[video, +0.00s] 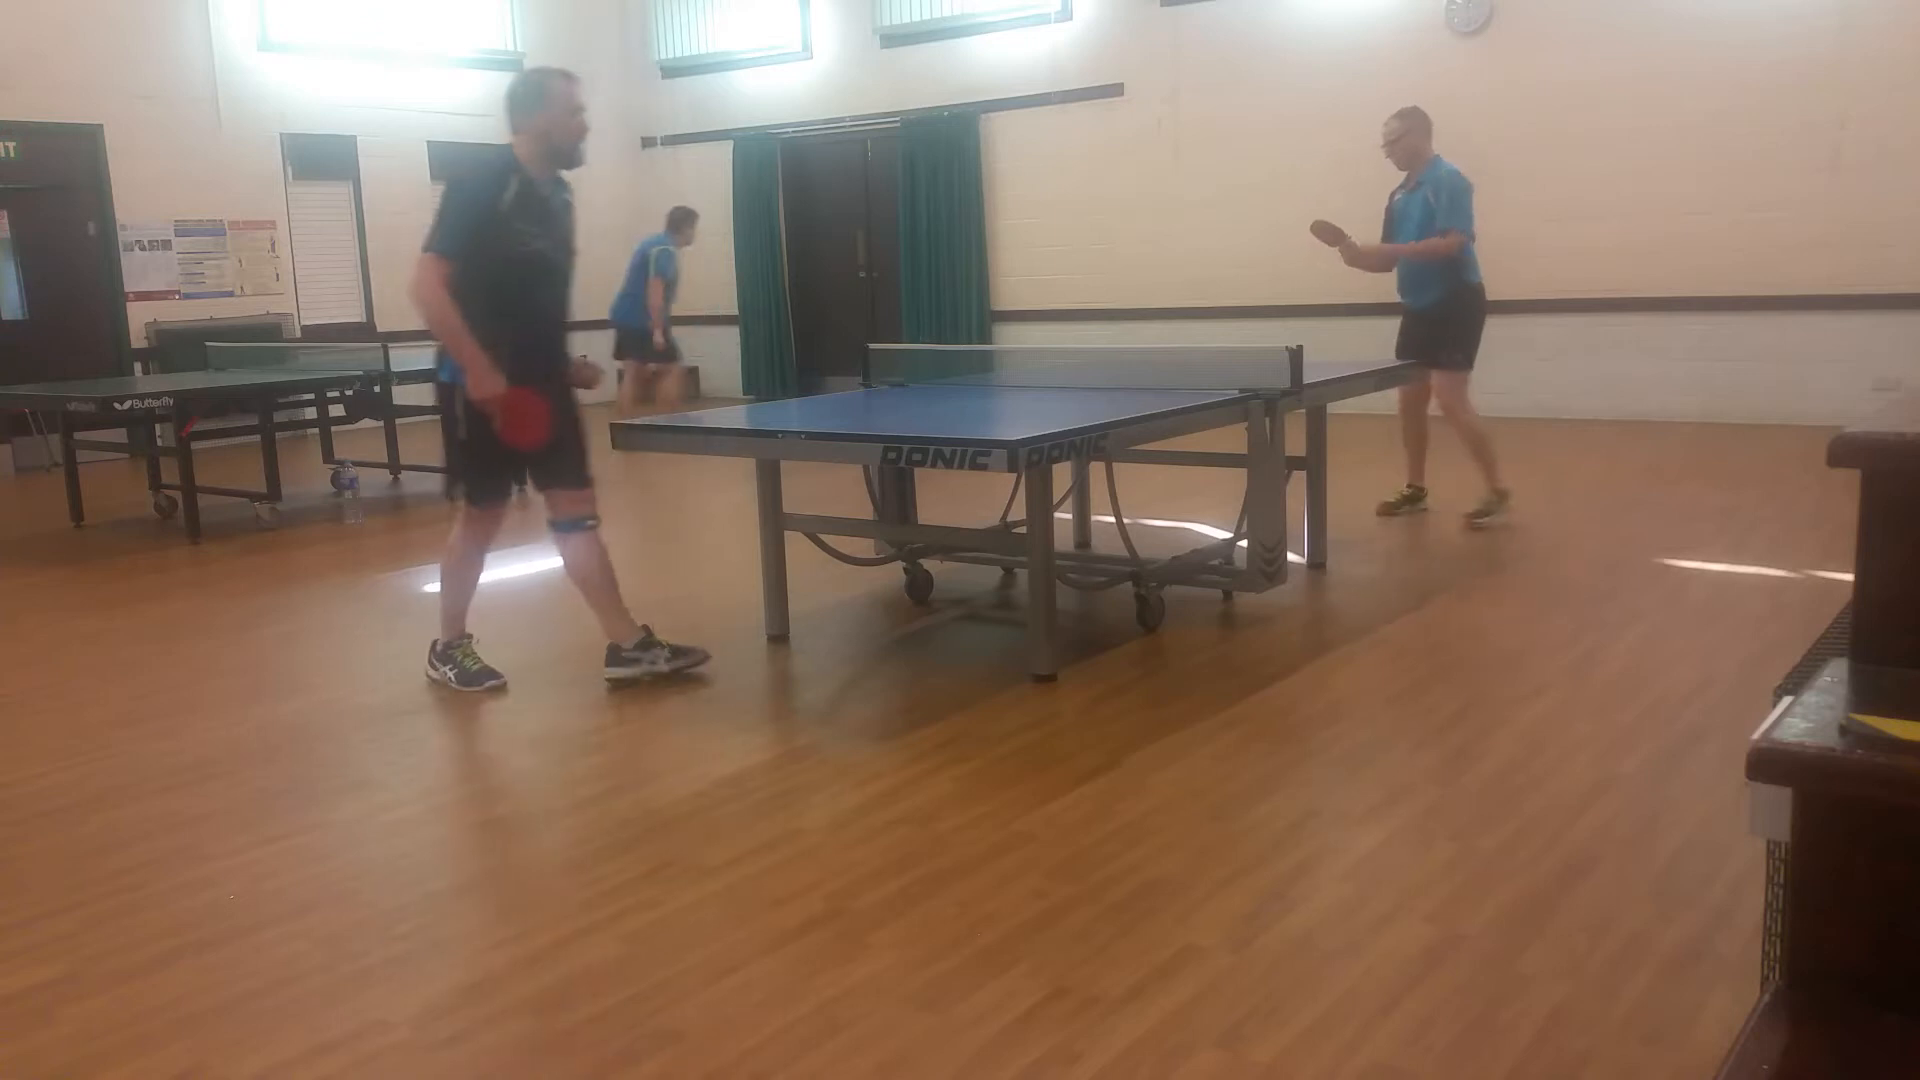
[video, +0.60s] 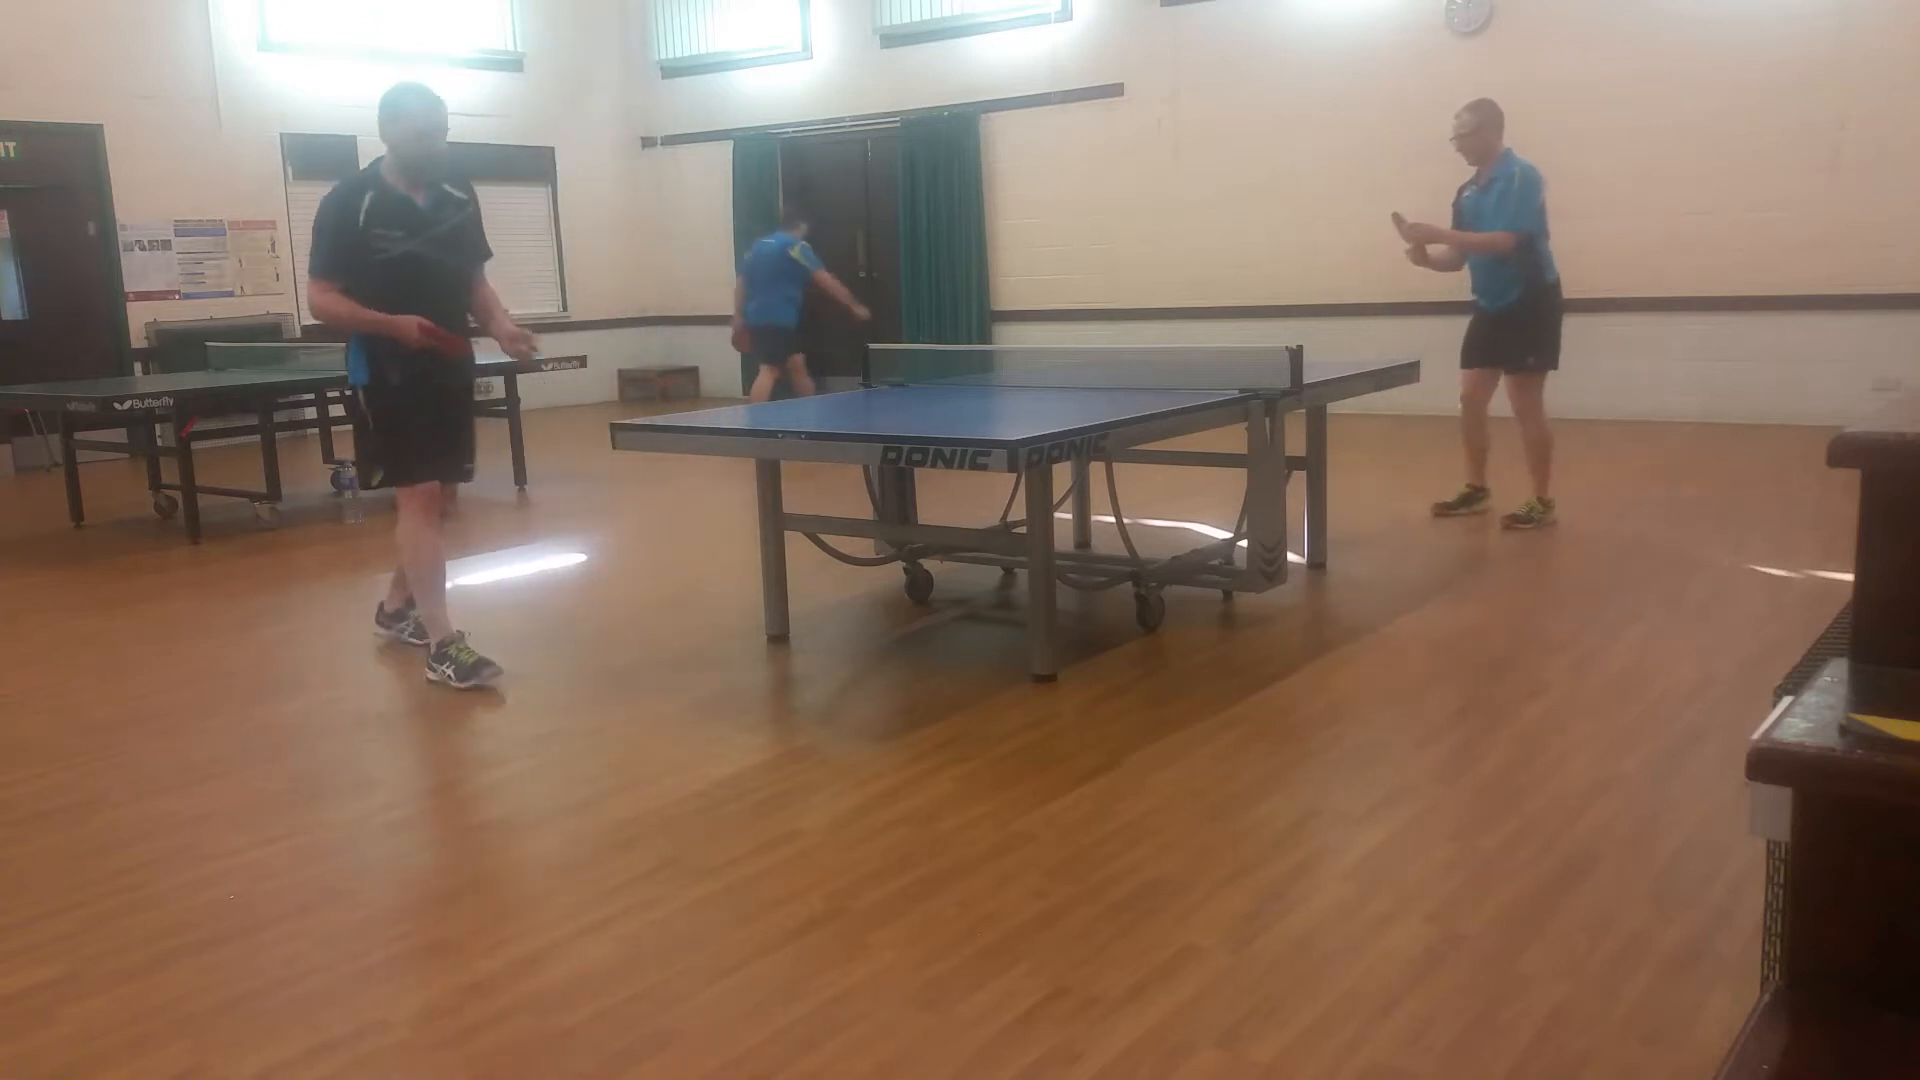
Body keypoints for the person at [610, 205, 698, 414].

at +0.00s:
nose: (694, 234)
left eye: (694, 228)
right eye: (692, 228)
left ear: (673, 225)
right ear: (683, 228)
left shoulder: (652, 244)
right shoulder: (663, 250)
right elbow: (655, 295)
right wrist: (658, 330)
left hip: (628, 319)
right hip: (643, 321)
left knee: (633, 370)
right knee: (671, 367)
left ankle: (625, 426)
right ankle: (664, 425)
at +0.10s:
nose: (713, 232)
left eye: (713, 226)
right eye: (711, 226)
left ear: (690, 224)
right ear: (703, 227)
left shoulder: (671, 245)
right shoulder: (683, 252)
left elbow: (663, 286)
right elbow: (667, 289)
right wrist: (657, 321)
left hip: (654, 322)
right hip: (676, 325)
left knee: (647, 374)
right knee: (704, 372)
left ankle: (630, 425)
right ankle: (717, 425)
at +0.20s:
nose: (731, 230)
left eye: (731, 225)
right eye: (730, 225)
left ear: (708, 224)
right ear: (723, 226)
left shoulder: (690, 246)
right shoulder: (708, 252)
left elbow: (676, 277)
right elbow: (691, 282)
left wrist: (673, 307)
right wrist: (674, 310)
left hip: (683, 326)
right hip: (709, 327)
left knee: (673, 374)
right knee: (736, 373)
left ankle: (638, 421)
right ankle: (744, 427)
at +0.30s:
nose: (750, 223)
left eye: (749, 218)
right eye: (748, 218)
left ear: (727, 216)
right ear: (742, 218)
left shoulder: (706, 239)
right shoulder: (734, 244)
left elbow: (692, 272)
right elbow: (721, 280)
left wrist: (695, 306)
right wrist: (711, 312)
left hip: (706, 317)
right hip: (735, 318)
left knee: (711, 370)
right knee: (747, 371)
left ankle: (673, 406)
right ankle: (748, 423)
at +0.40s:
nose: (768, 219)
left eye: (769, 215)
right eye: (768, 215)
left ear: (745, 211)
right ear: (762, 213)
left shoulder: (723, 234)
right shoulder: (755, 237)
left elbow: (709, 273)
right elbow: (757, 276)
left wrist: (711, 310)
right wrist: (761, 313)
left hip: (723, 311)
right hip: (746, 312)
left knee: (745, 362)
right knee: (751, 364)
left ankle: (730, 411)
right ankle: (745, 418)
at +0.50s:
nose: (787, 223)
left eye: (788, 218)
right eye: (786, 218)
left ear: (762, 215)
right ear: (779, 216)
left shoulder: (739, 239)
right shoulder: (778, 241)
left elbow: (724, 277)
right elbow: (795, 280)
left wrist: (725, 313)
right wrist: (814, 313)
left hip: (742, 314)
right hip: (766, 315)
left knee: (774, 367)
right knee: (759, 371)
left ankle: (777, 420)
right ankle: (748, 426)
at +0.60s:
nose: (805, 235)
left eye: (806, 231)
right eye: (805, 230)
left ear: (783, 225)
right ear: (799, 227)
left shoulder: (758, 246)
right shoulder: (796, 247)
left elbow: (740, 283)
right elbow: (824, 280)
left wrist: (737, 317)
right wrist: (854, 306)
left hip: (756, 318)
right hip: (780, 320)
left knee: (796, 363)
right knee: (768, 371)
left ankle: (814, 413)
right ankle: (751, 422)